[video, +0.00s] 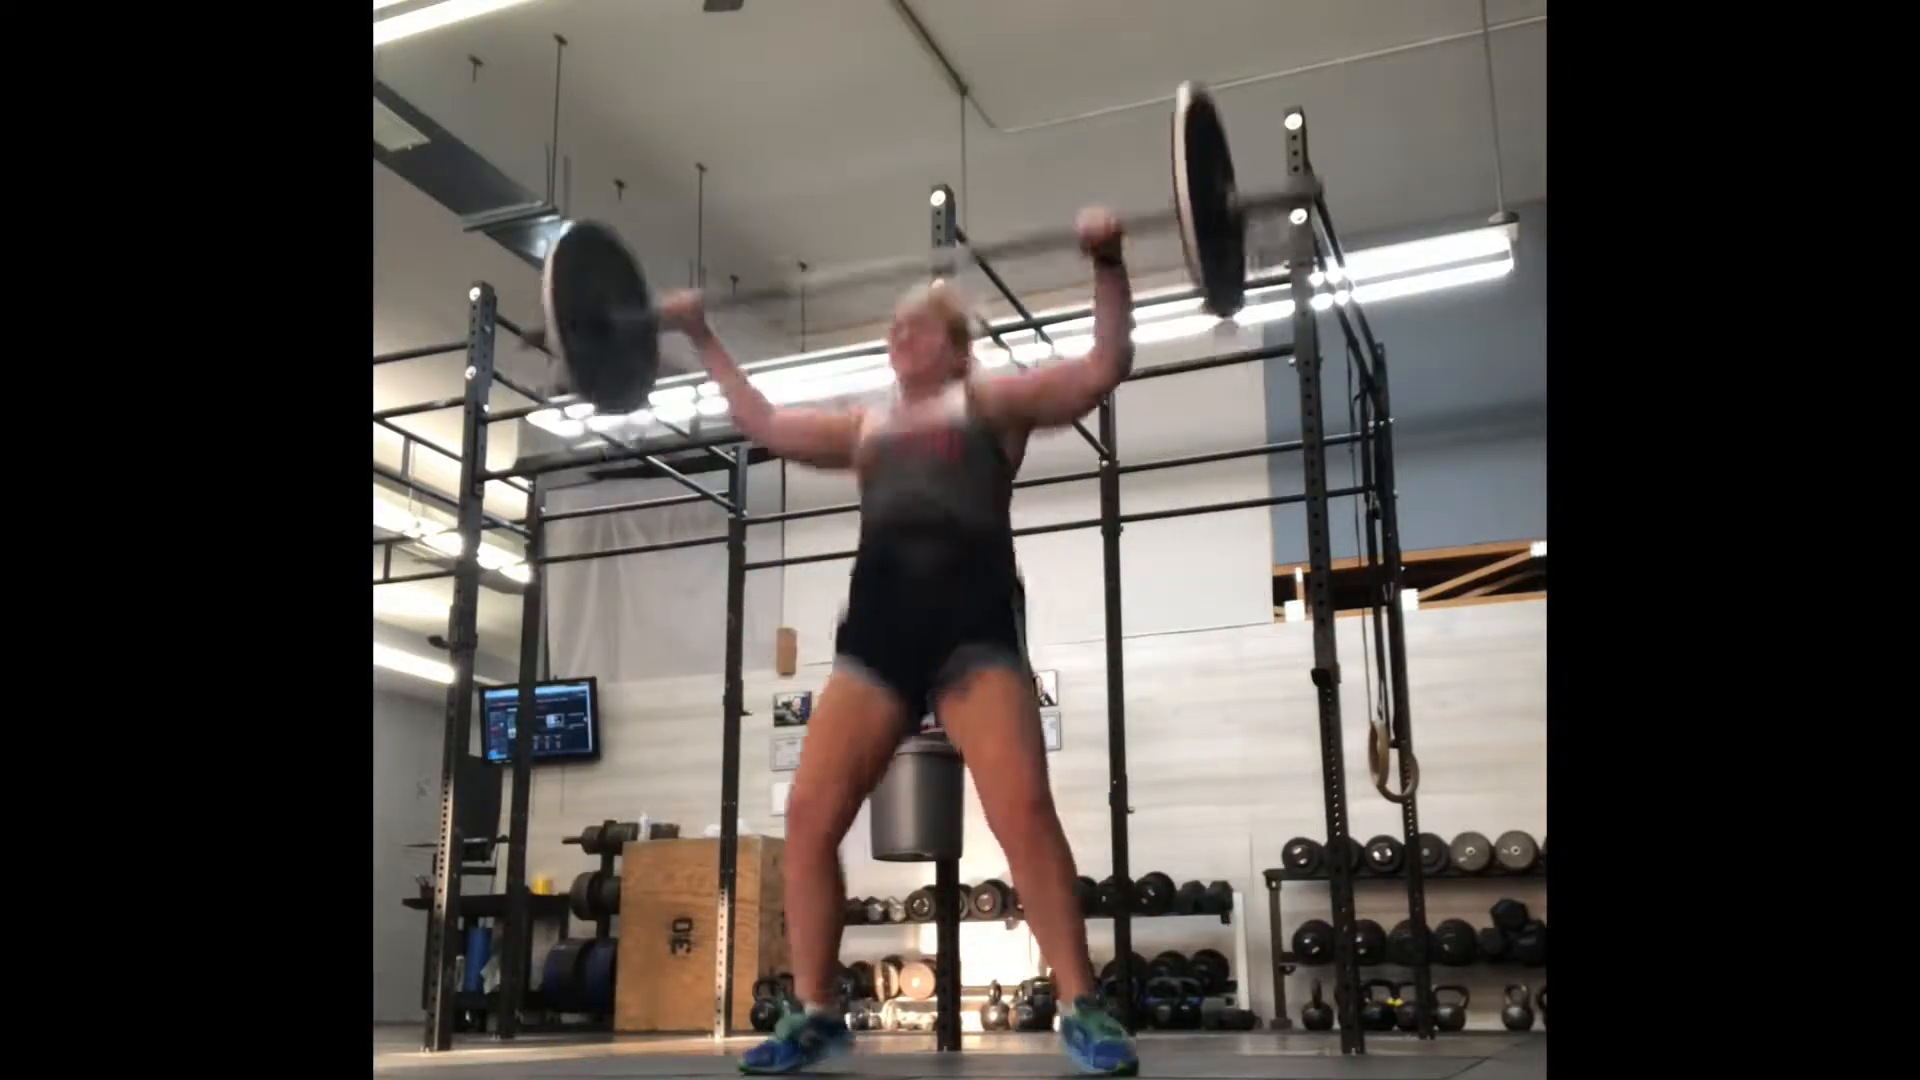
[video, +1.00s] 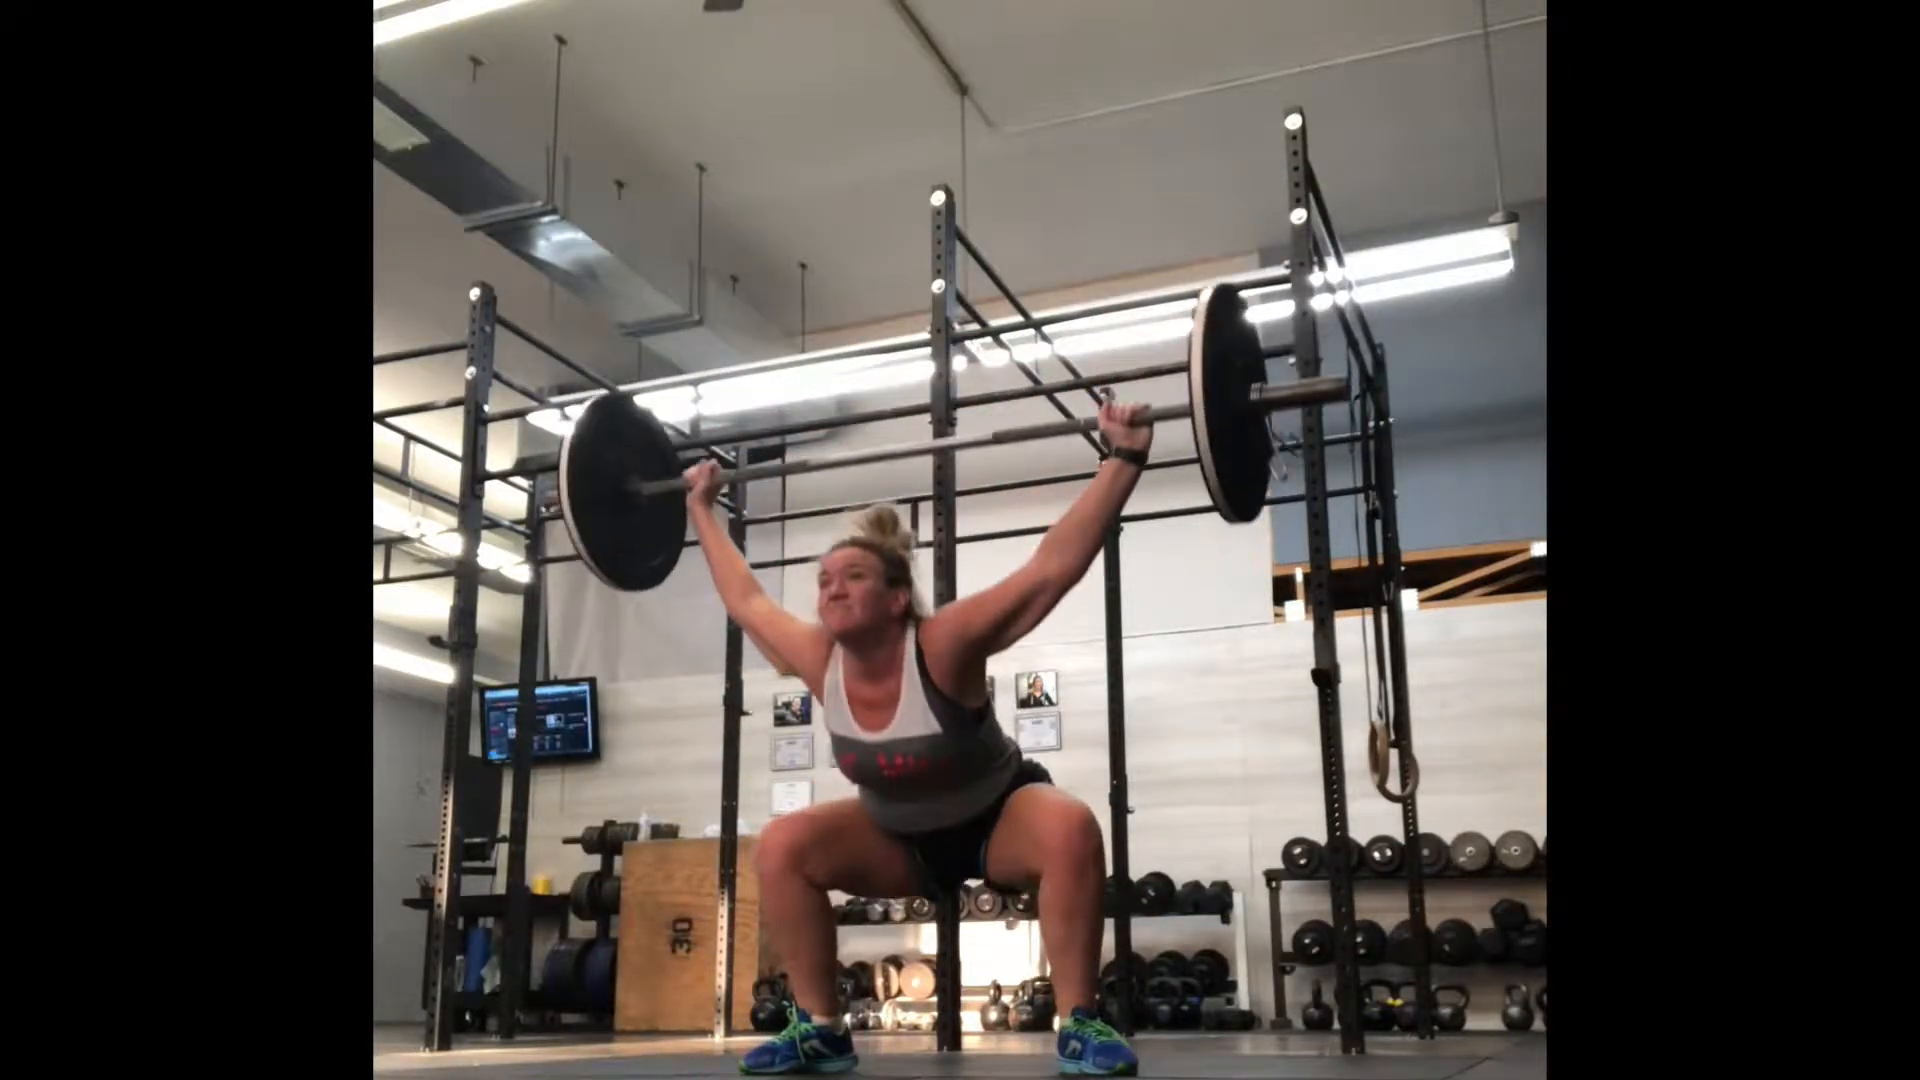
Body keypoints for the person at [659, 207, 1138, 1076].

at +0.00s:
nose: (899, 344)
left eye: (915, 330)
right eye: (893, 334)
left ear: (956, 339)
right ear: (891, 349)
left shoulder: (994, 402)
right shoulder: (866, 425)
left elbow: (1102, 369)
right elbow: (761, 424)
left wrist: (1106, 264)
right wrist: (700, 333)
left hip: (977, 638)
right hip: (875, 644)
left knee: (1025, 813)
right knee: (808, 813)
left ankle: (1079, 1005)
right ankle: (815, 1014)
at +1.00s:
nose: (832, 588)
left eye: (854, 575)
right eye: (824, 580)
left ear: (898, 599)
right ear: (816, 601)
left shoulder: (950, 641)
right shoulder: (820, 661)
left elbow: (1049, 572)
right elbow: (745, 599)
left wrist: (1124, 458)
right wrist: (699, 506)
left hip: (994, 821)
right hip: (893, 831)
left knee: (1073, 828)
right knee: (781, 847)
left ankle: (1079, 1024)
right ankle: (820, 1030)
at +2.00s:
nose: (866, 371)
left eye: (884, 361)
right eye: (863, 362)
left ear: (927, 380)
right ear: (863, 385)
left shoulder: (974, 436)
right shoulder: (849, 465)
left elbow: (1069, 371)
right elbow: (776, 430)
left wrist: (1141, 276)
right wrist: (734, 347)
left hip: (1000, 669)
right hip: (899, 679)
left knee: (1049, 825)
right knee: (810, 838)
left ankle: (1077, 1019)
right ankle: (817, 1026)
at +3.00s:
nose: (753, 617)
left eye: (772, 601)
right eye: (746, 604)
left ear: (816, 618)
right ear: (740, 618)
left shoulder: (877, 677)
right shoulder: (754, 701)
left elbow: (962, 796)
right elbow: (717, 820)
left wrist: (1039, 898)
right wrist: (661, 914)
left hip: (925, 789)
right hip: (842, 803)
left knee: (940, 834)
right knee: (738, 847)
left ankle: (972, 1006)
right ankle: (793, 1015)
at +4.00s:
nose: (838, 326)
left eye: (855, 316)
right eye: (830, 321)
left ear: (890, 333)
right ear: (820, 341)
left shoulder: (916, 376)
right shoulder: (806, 407)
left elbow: (1017, 394)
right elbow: (719, 441)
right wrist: (663, 408)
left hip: (900, 592)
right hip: (813, 603)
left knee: (937, 781)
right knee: (772, 782)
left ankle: (1004, 968)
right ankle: (744, 969)